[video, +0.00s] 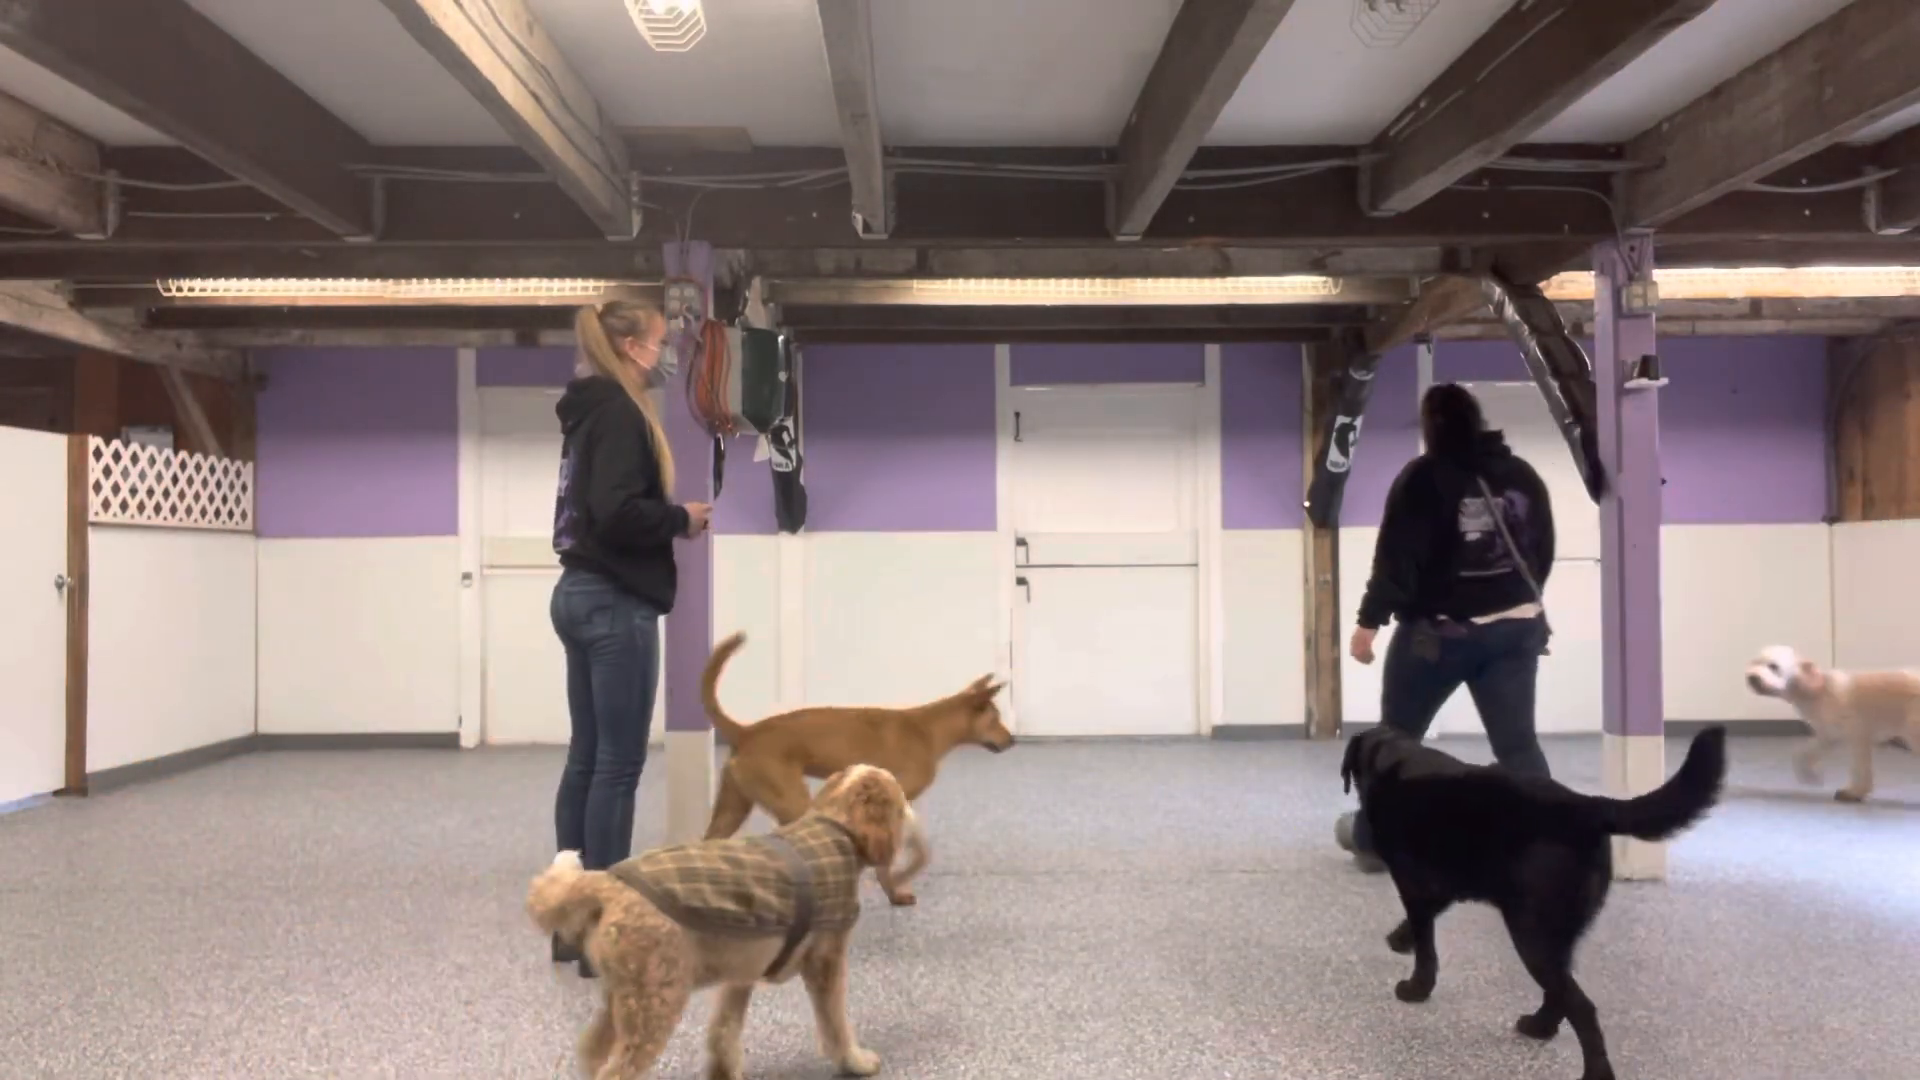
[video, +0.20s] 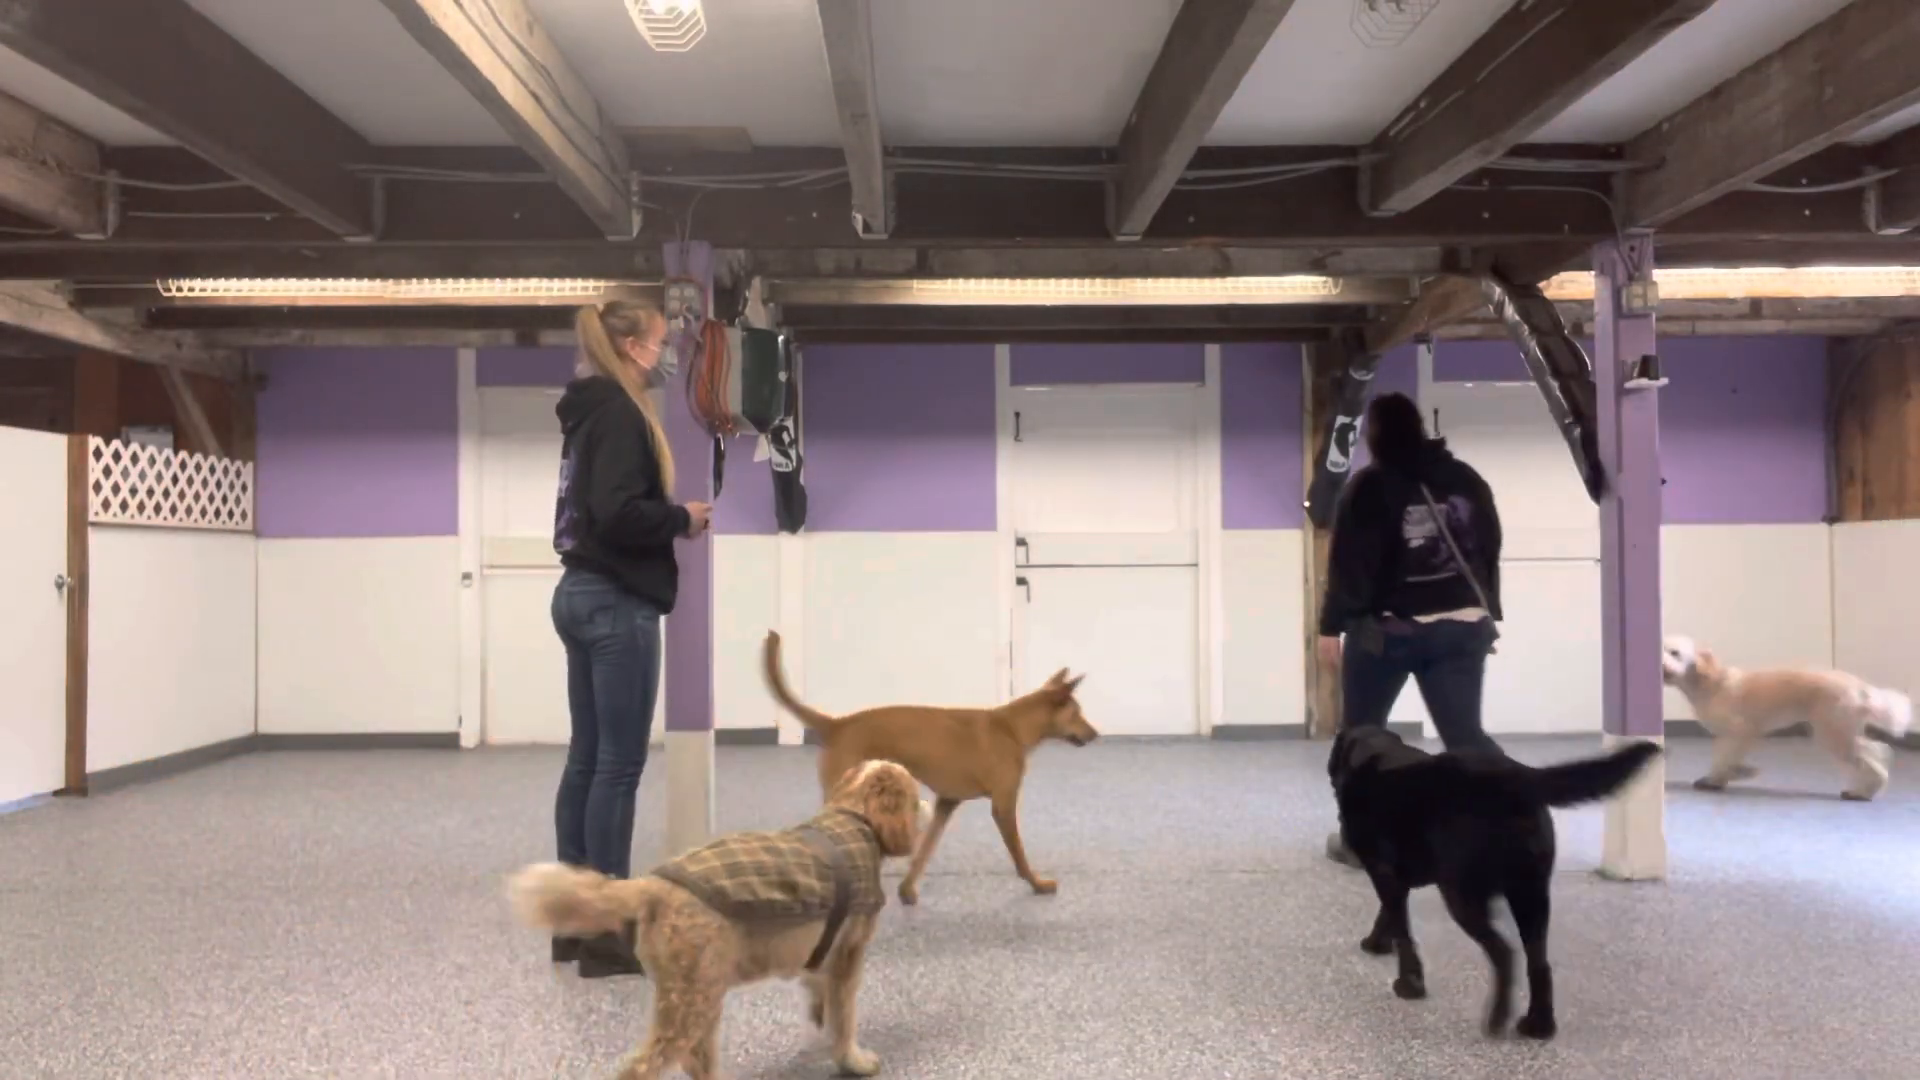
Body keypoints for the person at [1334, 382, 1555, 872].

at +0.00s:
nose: (1423, 431)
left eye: (1425, 423)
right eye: (1428, 421)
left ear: (1430, 427)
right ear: (1476, 420)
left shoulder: (1421, 479)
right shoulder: (1521, 474)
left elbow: (1396, 559)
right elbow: (1541, 552)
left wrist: (1368, 622)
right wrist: (1518, 600)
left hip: (1435, 636)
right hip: (1511, 632)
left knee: (1398, 740)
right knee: (1518, 747)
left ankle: (1376, 836)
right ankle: (1554, 842)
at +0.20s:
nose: (1366, 441)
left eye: (1368, 433)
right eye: (1367, 433)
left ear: (1375, 437)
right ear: (1420, 428)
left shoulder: (1370, 488)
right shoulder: (1466, 479)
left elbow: (1352, 565)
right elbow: (1488, 551)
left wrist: (1333, 622)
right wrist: (1487, 613)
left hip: (1386, 633)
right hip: (1460, 631)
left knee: (1361, 739)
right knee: (1466, 738)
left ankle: (1358, 839)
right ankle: (1519, 820)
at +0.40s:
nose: (1327, 432)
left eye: (1328, 424)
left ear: (1330, 429)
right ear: (1375, 423)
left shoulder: (1322, 481)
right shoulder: (1423, 469)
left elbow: (1297, 549)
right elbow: (1452, 535)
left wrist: (1279, 607)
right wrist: (1452, 596)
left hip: (1354, 616)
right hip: (1423, 612)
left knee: (1353, 725)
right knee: (1405, 711)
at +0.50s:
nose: (1317, 432)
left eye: (1319, 425)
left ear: (1324, 430)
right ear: (1365, 427)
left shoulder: (1314, 479)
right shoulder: (1412, 470)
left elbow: (1289, 546)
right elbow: (1440, 532)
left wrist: (1269, 601)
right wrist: (1439, 589)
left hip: (1347, 615)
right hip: (1414, 613)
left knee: (1350, 720)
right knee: (1395, 707)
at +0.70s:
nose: (1312, 437)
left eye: (1315, 430)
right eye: (1314, 430)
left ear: (1321, 435)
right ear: (1360, 432)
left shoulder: (1309, 485)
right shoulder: (1403, 477)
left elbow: (1283, 550)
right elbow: (1428, 540)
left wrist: (1265, 608)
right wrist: (1424, 597)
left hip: (1337, 615)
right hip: (1403, 613)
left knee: (1343, 722)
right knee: (1382, 717)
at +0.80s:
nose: (1313, 440)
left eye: (1316, 433)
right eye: (1315, 432)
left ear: (1322, 438)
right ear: (1361, 435)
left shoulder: (1312, 489)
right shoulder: (1402, 484)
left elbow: (1288, 556)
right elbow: (1422, 549)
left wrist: (1267, 614)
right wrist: (1421, 605)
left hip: (1333, 613)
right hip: (1397, 611)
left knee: (1338, 716)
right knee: (1376, 710)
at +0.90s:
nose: (1314, 443)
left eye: (1317, 435)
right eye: (1315, 435)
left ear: (1326, 438)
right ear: (1364, 435)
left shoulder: (1315, 488)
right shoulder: (1400, 484)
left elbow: (1295, 557)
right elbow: (1416, 549)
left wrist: (1273, 615)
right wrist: (1411, 602)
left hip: (1331, 614)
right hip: (1392, 610)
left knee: (1333, 722)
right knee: (1374, 715)